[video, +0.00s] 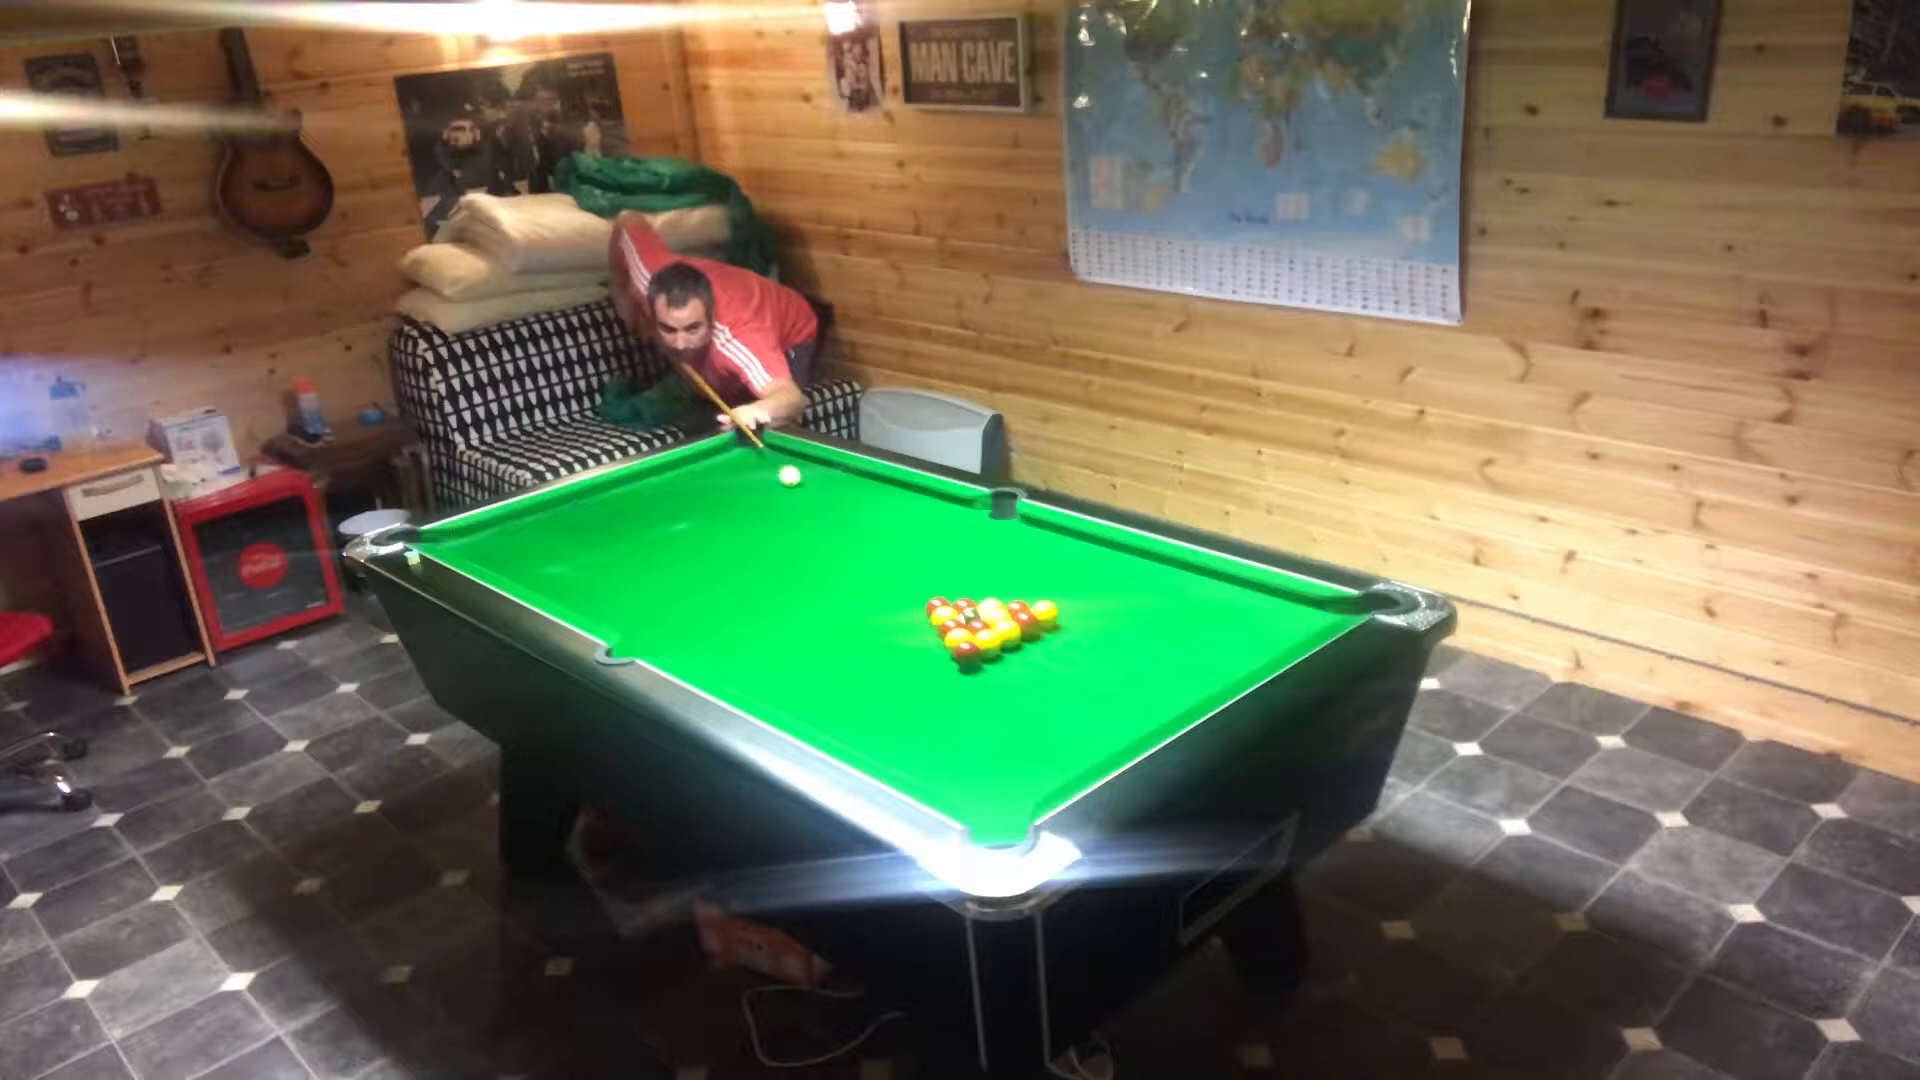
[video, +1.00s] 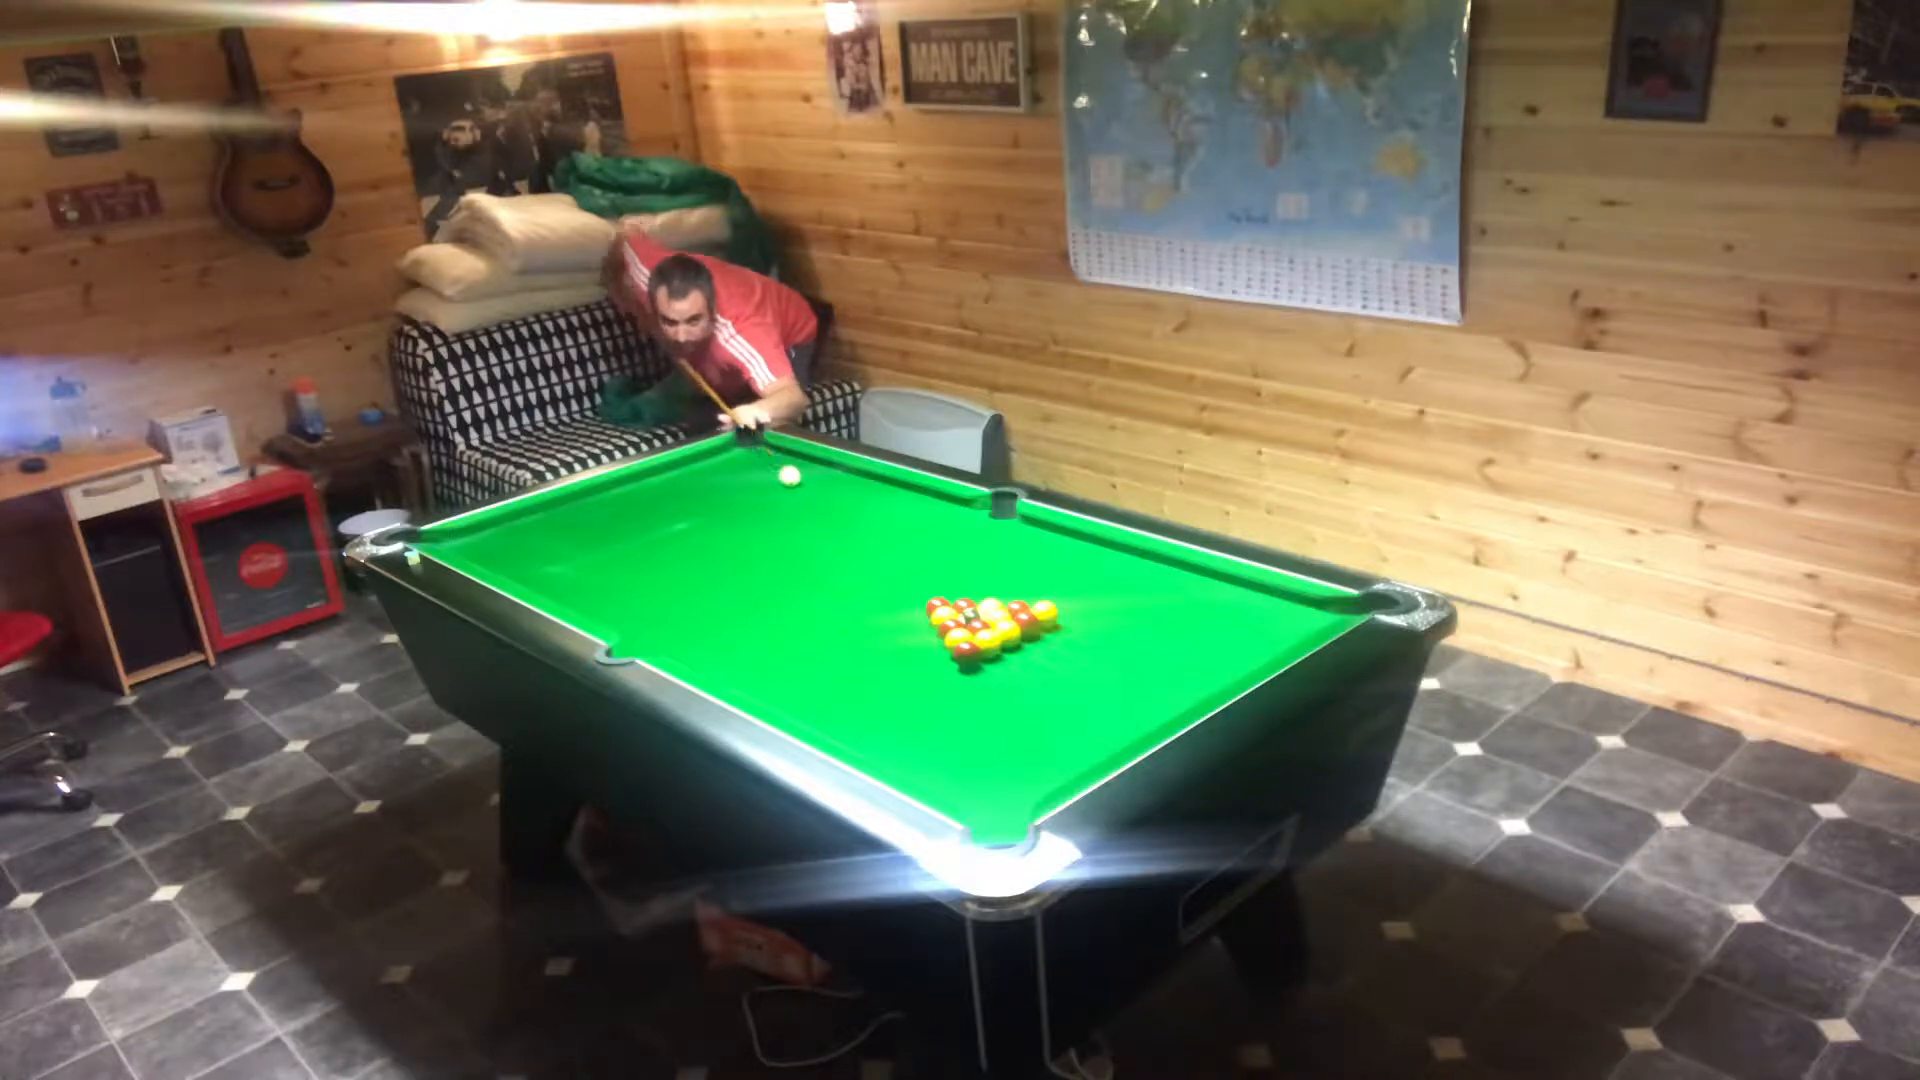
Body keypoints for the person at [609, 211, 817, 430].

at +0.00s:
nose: (680, 343)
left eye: (692, 330)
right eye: (668, 330)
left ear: (710, 317)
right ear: (654, 315)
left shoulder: (737, 336)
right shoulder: (653, 279)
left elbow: (792, 399)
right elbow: (627, 219)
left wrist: (758, 410)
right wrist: (622, 297)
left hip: (790, 333)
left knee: (771, 435)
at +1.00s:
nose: (681, 335)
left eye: (693, 322)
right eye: (670, 323)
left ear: (711, 310)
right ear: (654, 307)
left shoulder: (740, 330)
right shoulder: (649, 279)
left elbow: (792, 398)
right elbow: (626, 237)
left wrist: (758, 411)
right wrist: (620, 296)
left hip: (788, 338)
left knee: (774, 437)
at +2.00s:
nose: (729, 203)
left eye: (743, 188)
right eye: (717, 188)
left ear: (760, 185)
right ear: (700, 185)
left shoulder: (790, 237)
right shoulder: (676, 207)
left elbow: (793, 337)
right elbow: (663, 273)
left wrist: (757, 403)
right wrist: (694, 349)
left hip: (780, 380)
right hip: (711, 374)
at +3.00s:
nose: (656, 99)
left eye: (666, 86)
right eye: (642, 87)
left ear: (677, 90)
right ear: (618, 93)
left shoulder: (713, 157)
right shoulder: (594, 175)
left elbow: (746, 241)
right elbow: (585, 278)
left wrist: (763, 326)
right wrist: (600, 370)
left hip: (734, 360)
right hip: (655, 371)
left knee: (766, 489)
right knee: (681, 500)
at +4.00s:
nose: (644, 104)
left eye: (654, 90)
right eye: (630, 91)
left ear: (667, 93)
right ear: (607, 96)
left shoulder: (705, 158)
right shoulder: (584, 175)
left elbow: (744, 242)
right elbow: (575, 271)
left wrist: (761, 329)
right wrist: (581, 364)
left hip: (721, 360)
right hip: (643, 370)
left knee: (749, 485)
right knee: (676, 500)